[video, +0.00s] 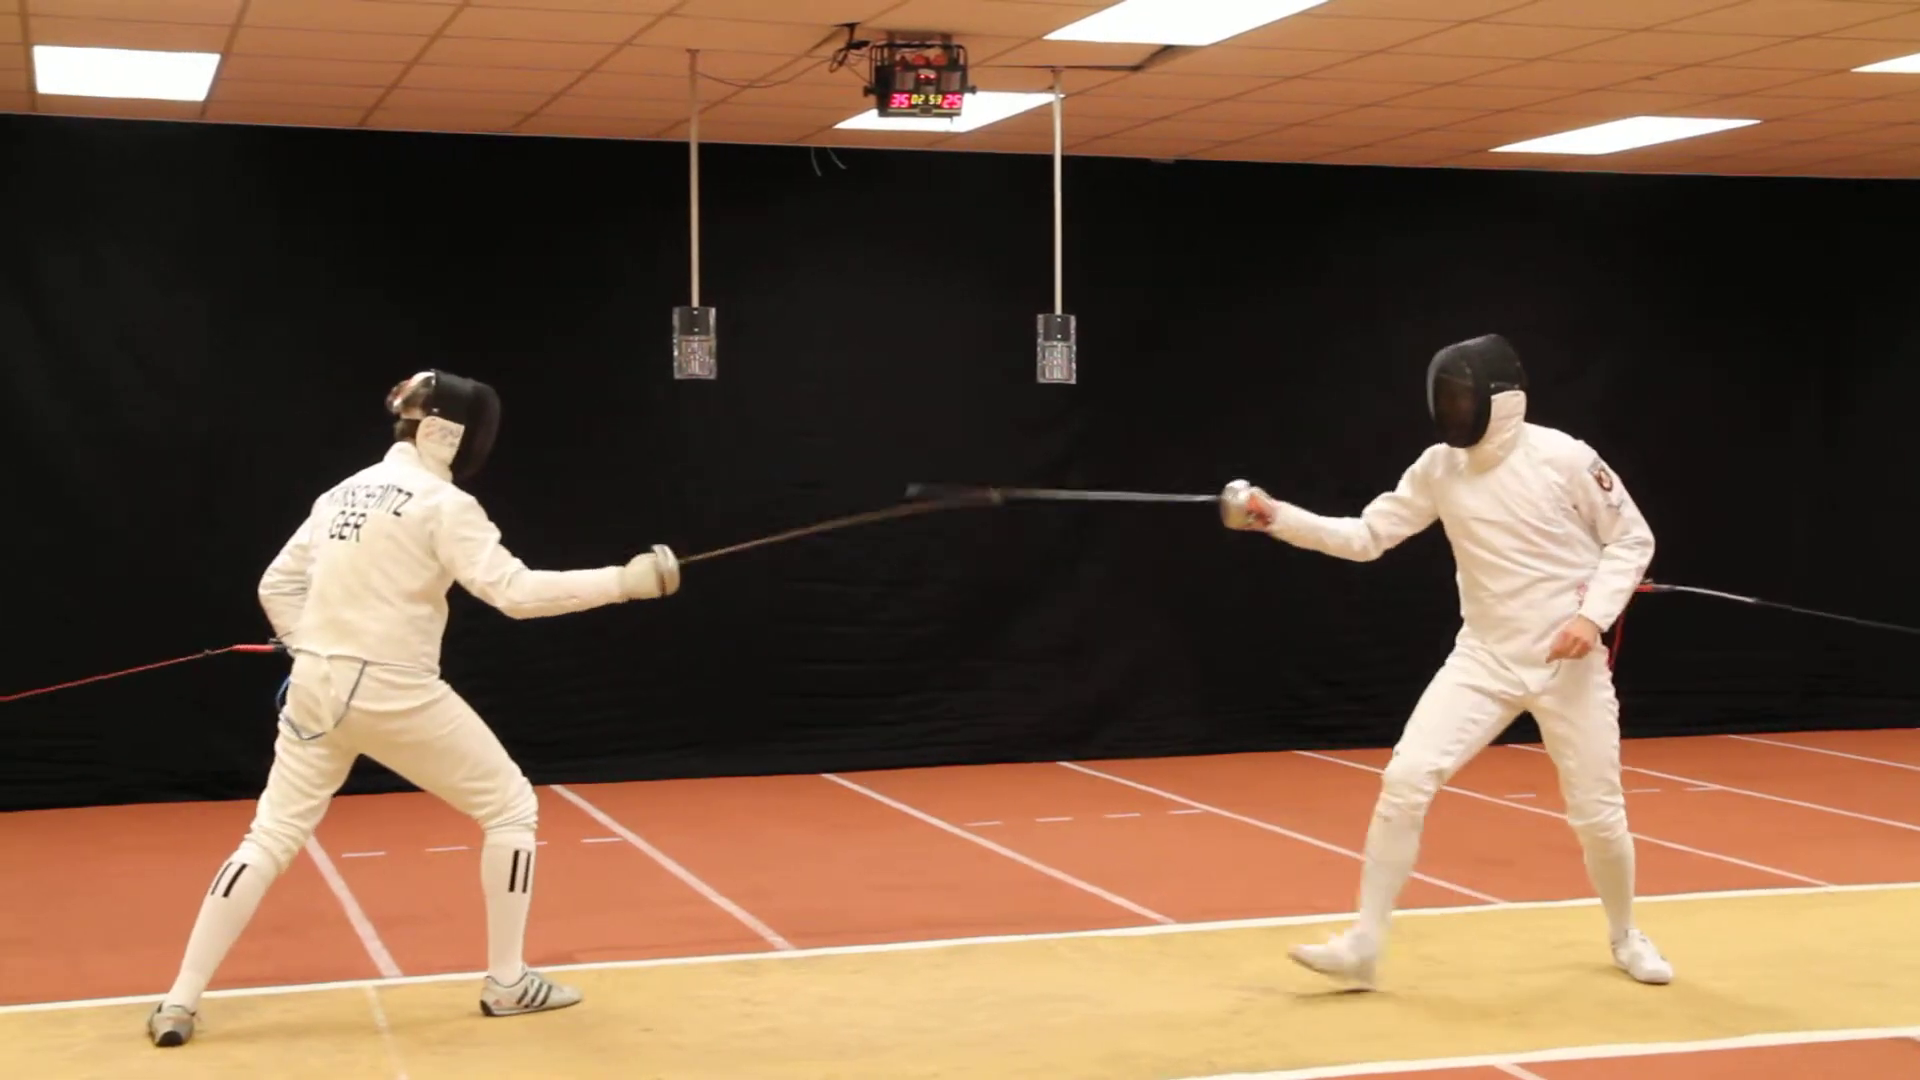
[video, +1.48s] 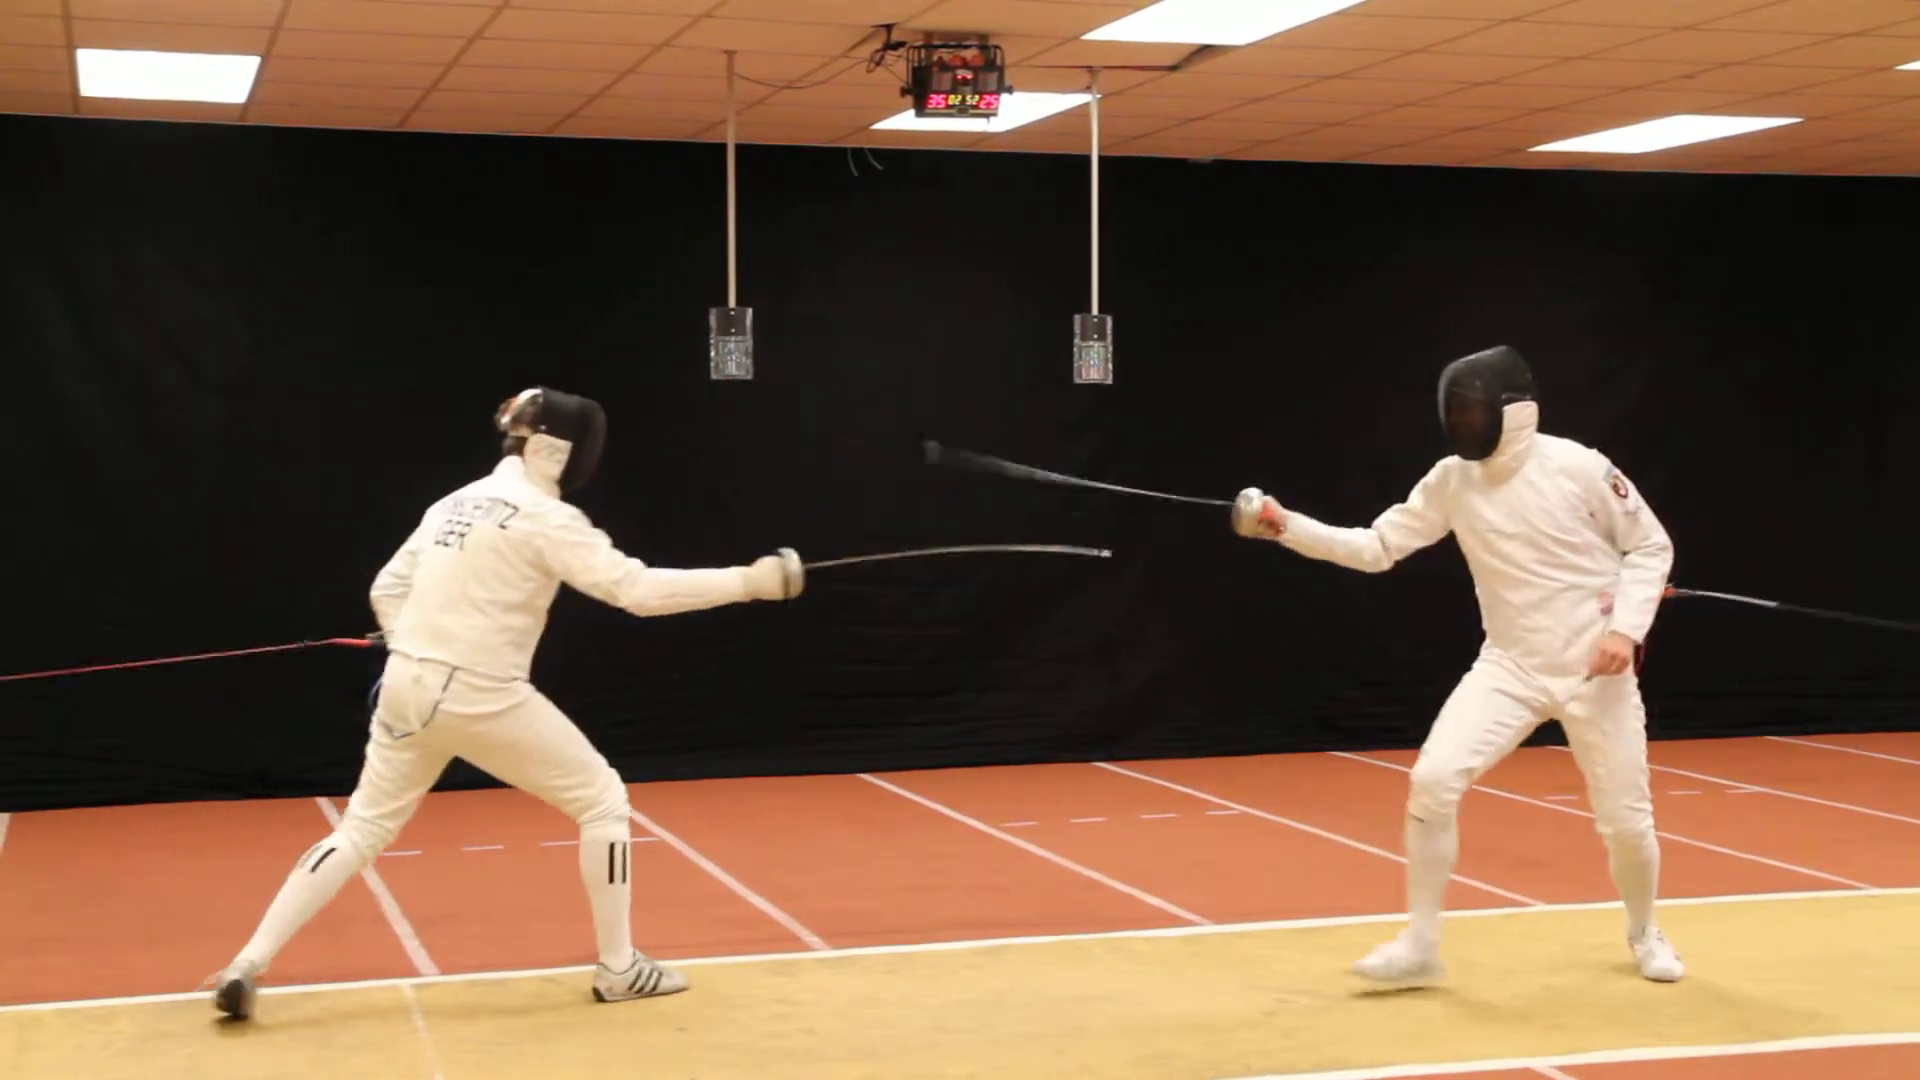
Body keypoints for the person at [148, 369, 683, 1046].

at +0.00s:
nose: (474, 444)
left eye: (473, 431)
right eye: (469, 430)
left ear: (410, 426)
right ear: (443, 430)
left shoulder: (341, 497)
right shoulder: (444, 505)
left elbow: (278, 586)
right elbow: (515, 591)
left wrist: (321, 658)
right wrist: (627, 580)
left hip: (313, 687)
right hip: (395, 691)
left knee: (268, 837)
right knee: (511, 806)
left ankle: (179, 1002)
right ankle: (508, 981)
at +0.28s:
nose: (431, 455)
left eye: (428, 442)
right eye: (429, 443)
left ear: (363, 435)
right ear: (410, 443)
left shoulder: (300, 509)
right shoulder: (405, 517)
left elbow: (236, 600)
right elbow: (476, 604)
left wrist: (284, 671)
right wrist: (580, 570)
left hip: (280, 707)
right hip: (367, 707)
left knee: (258, 851)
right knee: (488, 809)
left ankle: (178, 1001)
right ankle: (514, 980)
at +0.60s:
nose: (411, 451)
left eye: (410, 438)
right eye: (406, 438)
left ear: (346, 434)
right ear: (383, 437)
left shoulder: (287, 510)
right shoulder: (383, 510)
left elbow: (230, 599)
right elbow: (459, 588)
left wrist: (280, 671)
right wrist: (570, 561)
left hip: (277, 708)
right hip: (362, 707)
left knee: (264, 850)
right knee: (483, 808)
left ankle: (187, 1001)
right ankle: (530, 975)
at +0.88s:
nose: (459, 452)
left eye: (459, 439)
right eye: (453, 438)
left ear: (394, 434)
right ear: (428, 439)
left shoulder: (338, 506)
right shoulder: (425, 509)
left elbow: (284, 598)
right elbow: (481, 599)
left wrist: (328, 664)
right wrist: (595, 612)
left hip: (322, 699)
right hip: (401, 699)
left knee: (300, 841)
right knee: (521, 805)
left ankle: (194, 973)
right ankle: (539, 974)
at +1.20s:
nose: (482, 468)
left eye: (477, 453)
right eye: (478, 456)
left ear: (413, 450)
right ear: (458, 460)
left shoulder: (354, 517)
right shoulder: (442, 532)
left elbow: (300, 603)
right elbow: (526, 607)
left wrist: (327, 675)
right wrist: (638, 581)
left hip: (322, 708)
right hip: (400, 712)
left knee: (280, 854)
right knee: (531, 810)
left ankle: (178, 996)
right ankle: (603, 965)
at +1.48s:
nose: (573, 466)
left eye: (569, 450)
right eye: (569, 452)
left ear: (521, 443)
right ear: (553, 450)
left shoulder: (454, 505)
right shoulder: (547, 518)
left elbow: (388, 591)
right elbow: (641, 591)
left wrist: (424, 666)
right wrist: (754, 580)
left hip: (406, 687)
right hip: (485, 697)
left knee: (357, 834)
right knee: (601, 799)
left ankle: (245, 968)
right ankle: (619, 966)